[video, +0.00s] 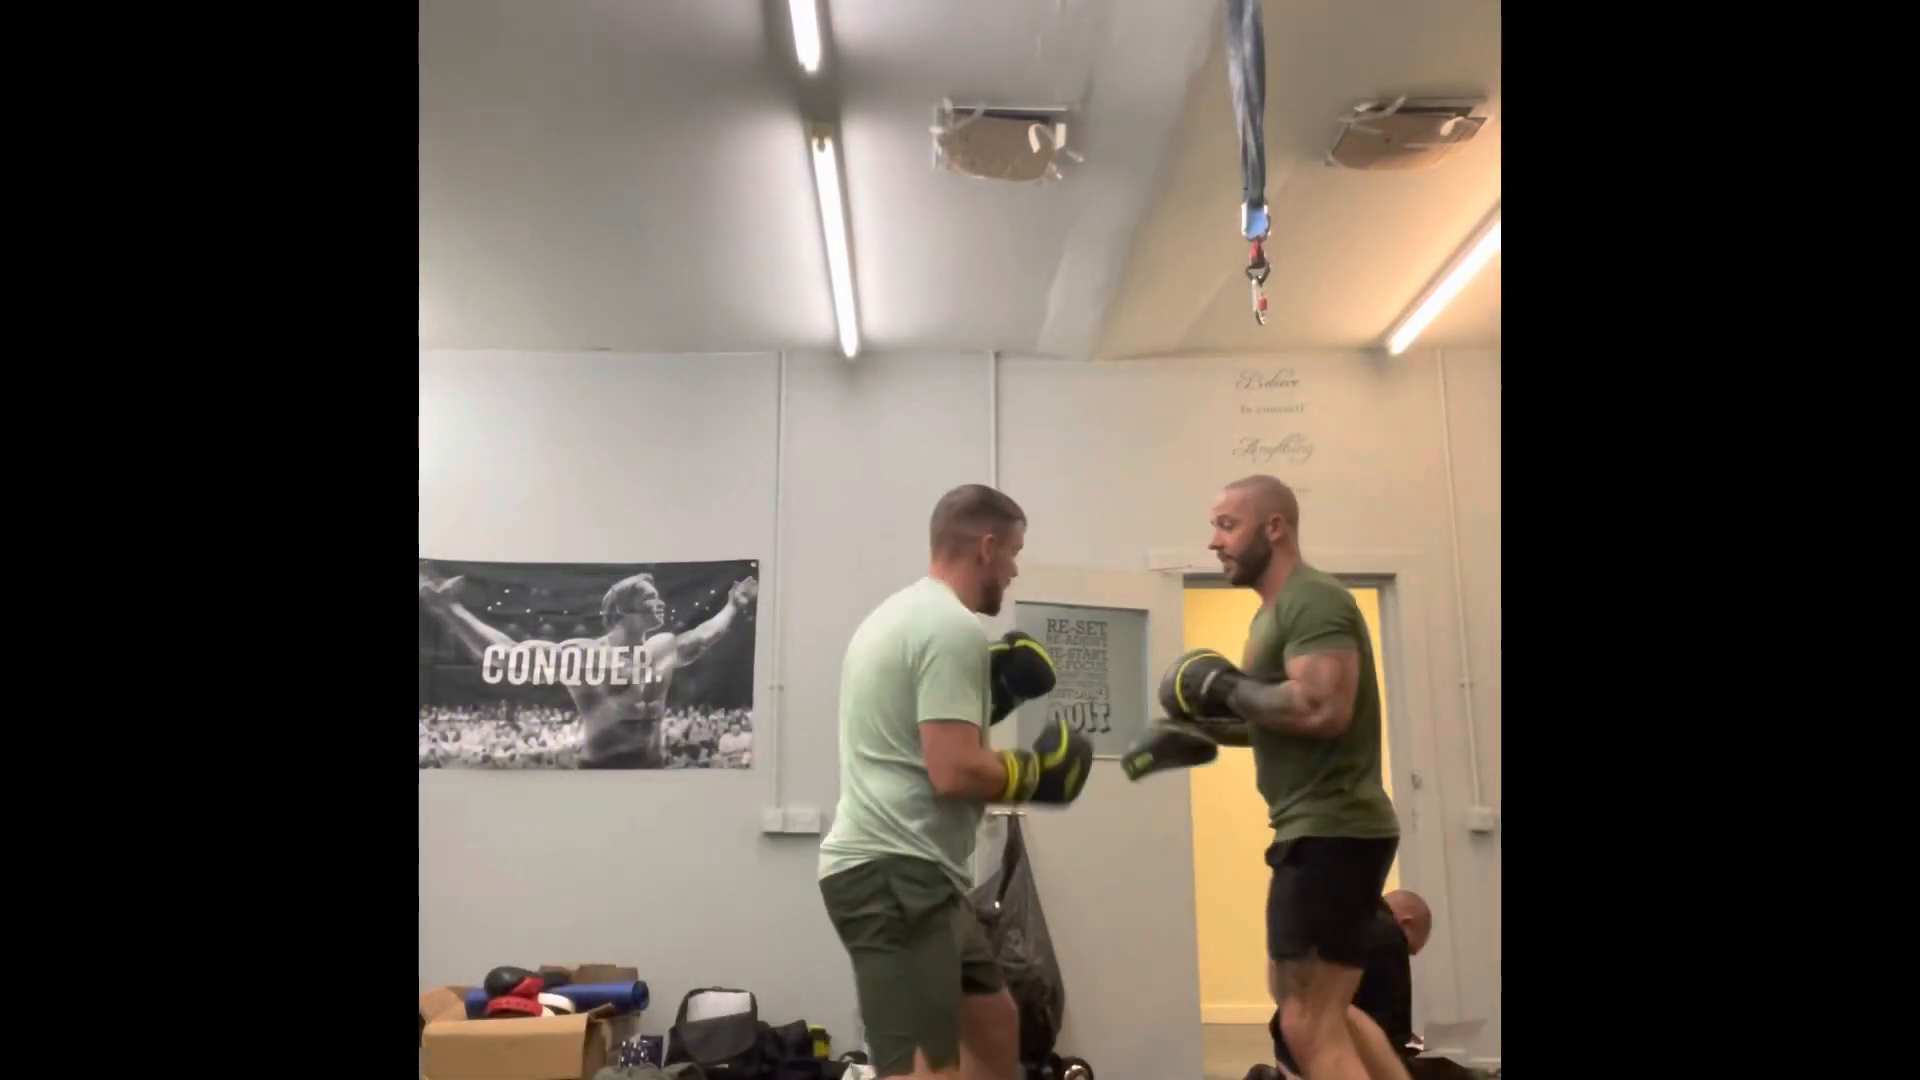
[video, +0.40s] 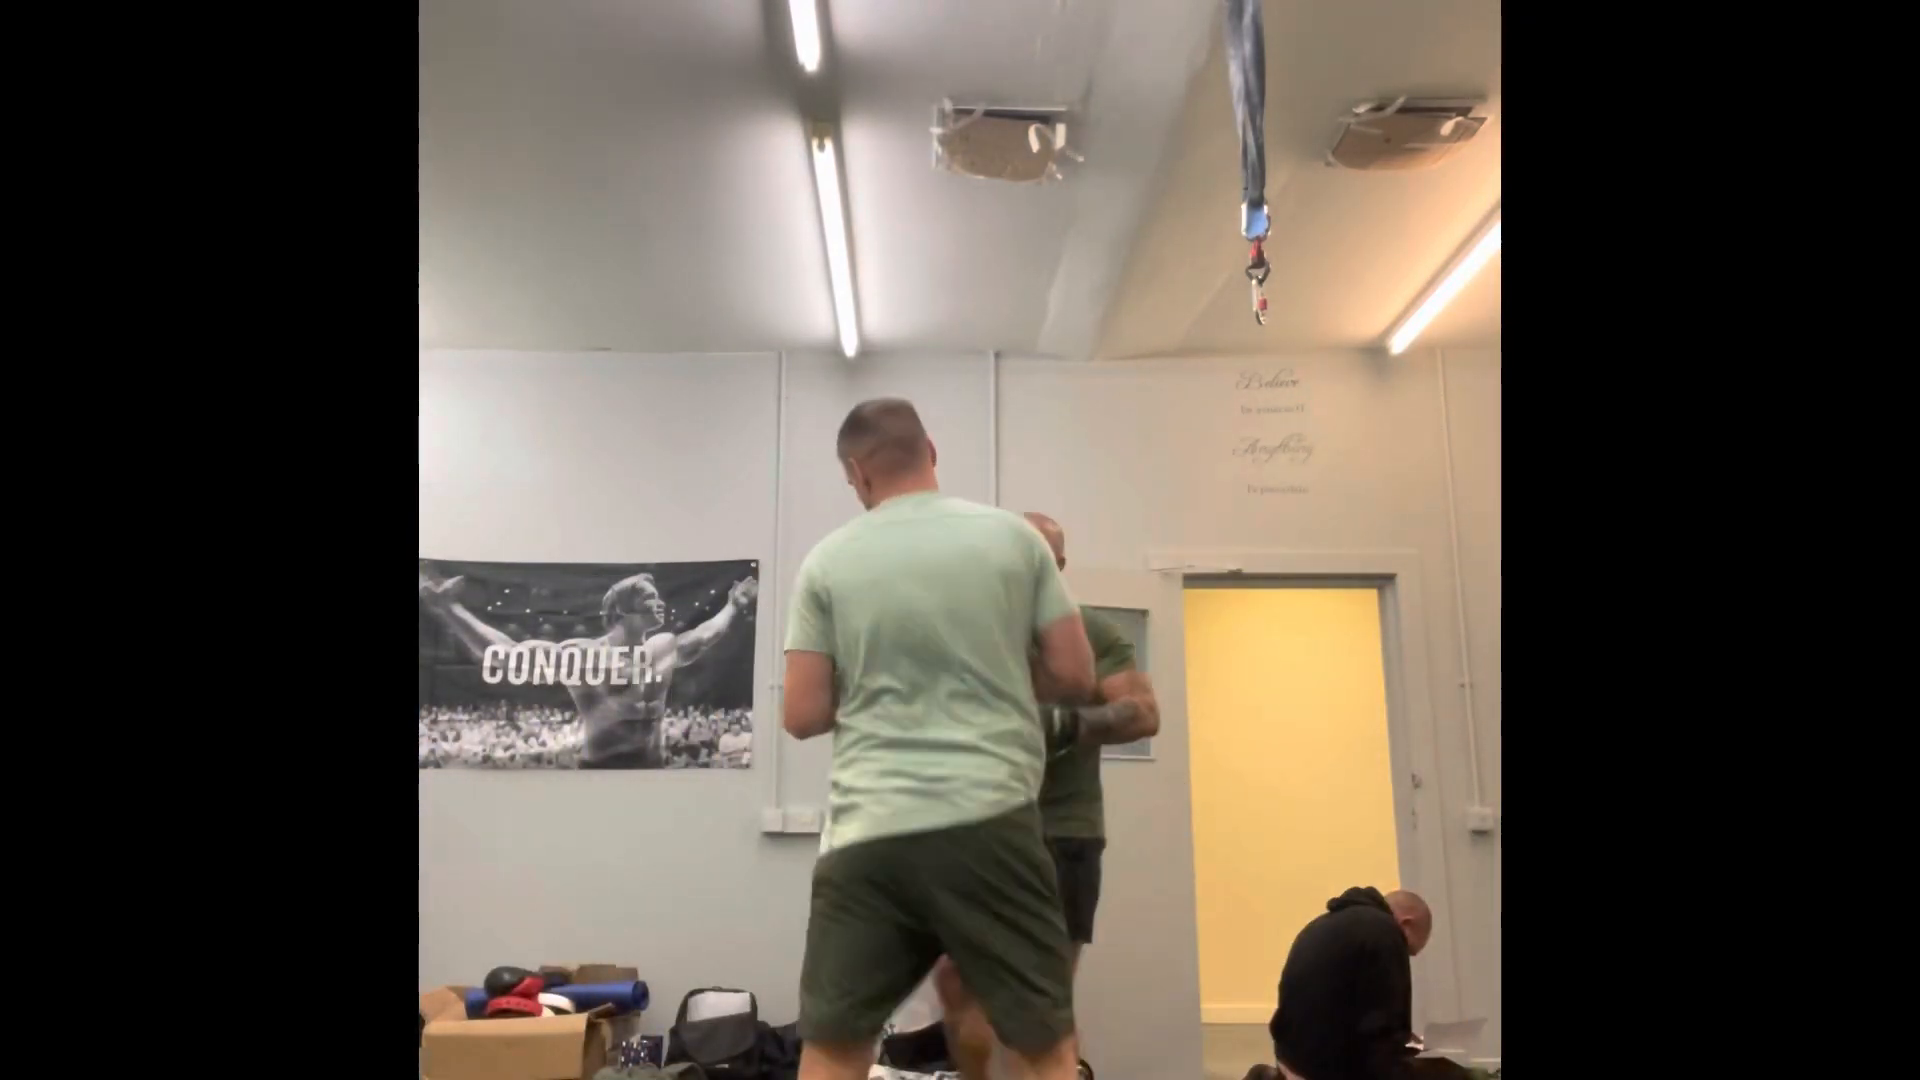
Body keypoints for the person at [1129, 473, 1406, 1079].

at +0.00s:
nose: (1215, 541)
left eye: (1226, 525)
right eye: (1214, 527)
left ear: (1274, 529)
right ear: (1271, 532)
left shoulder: (1312, 598)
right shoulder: (1276, 614)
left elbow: (1324, 707)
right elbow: (1284, 722)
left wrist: (1225, 687)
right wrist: (1209, 735)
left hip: (1336, 831)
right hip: (1314, 831)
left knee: (1307, 1022)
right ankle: (1401, 1079)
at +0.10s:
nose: (1155, 555)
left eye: (1168, 540)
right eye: (1154, 542)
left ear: (1214, 544)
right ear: (1208, 548)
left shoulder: (1237, 605)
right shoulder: (1219, 616)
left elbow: (1242, 703)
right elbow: (1255, 737)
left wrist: (1154, 727)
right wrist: (1210, 799)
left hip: (1277, 830)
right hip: (1242, 834)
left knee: (1307, 1025)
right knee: (1212, 994)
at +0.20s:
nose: (1086, 582)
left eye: (1099, 569)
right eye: (1082, 570)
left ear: (1142, 573)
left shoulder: (1167, 634)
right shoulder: (1144, 647)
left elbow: (1181, 726)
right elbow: (1171, 768)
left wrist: (1093, 770)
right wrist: (1115, 815)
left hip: (1199, 845)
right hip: (1164, 848)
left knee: (1237, 1025)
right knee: (1110, 994)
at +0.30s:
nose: (1042, 558)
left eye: (1057, 548)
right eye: (1036, 547)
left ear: (1091, 557)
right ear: (1029, 555)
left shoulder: (1128, 624)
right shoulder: (1035, 639)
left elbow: (1183, 707)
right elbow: (1035, 720)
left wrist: (1091, 733)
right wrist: (1027, 742)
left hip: (1121, 821)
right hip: (1062, 826)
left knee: (1105, 988)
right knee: (1049, 987)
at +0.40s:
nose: (1031, 570)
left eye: (1043, 559)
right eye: (1020, 557)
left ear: (1059, 565)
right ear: (998, 562)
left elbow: (1142, 713)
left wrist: (1062, 720)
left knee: (1046, 997)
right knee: (957, 985)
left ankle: (1062, 1070)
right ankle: (972, 1071)